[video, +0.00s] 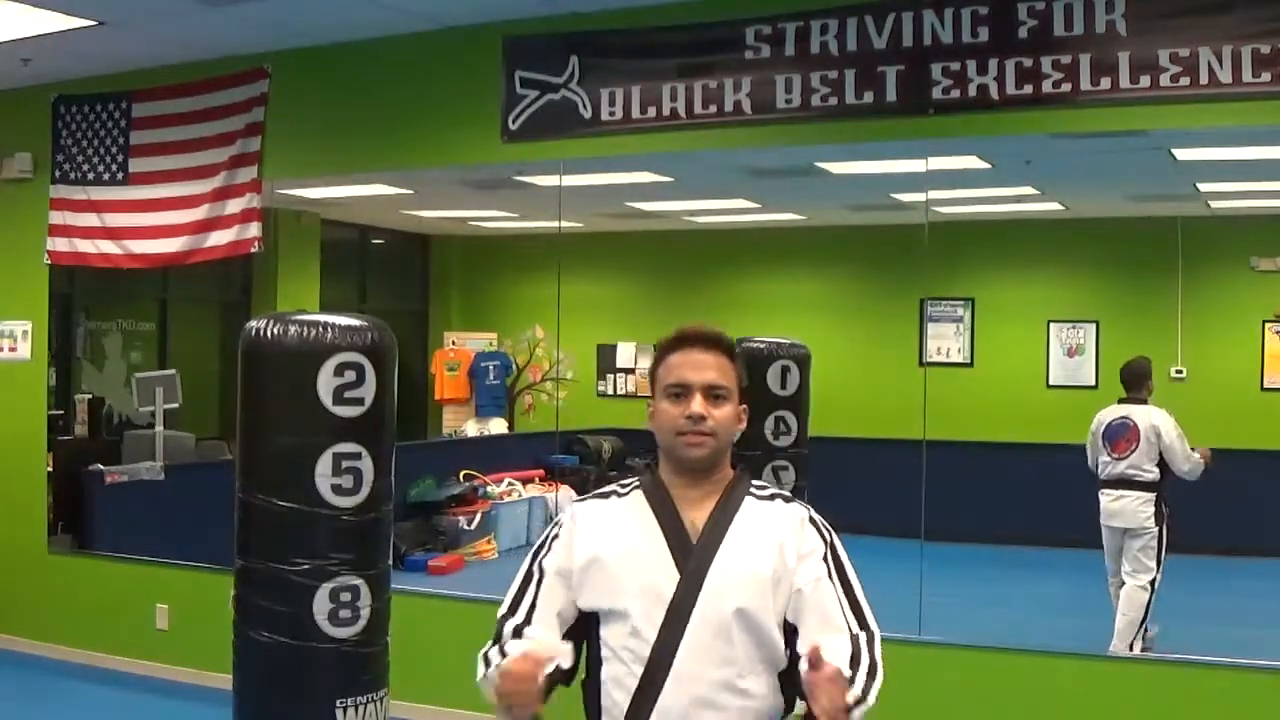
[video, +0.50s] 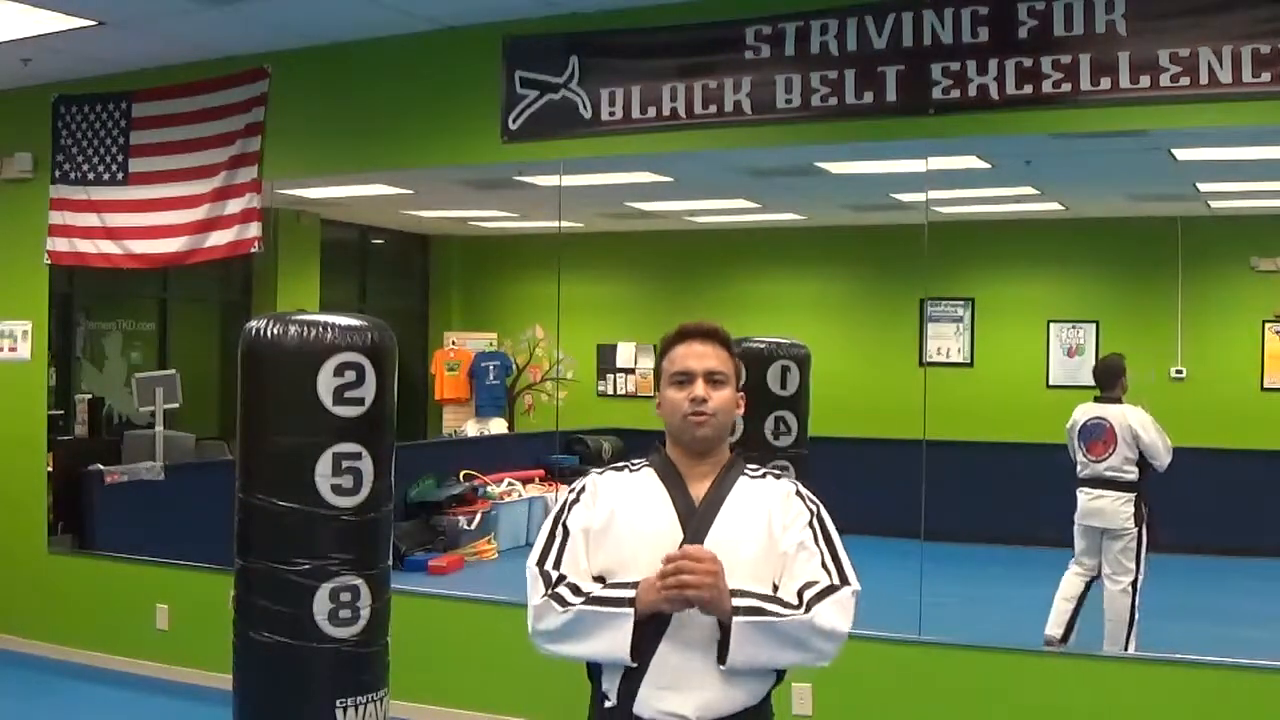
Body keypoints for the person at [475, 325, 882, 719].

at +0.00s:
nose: (696, 410)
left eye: (715, 396)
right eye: (678, 395)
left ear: (740, 417)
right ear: (651, 412)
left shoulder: (793, 528)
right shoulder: (586, 524)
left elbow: (848, 643)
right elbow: (514, 641)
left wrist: (833, 694)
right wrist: (513, 680)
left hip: (749, 711)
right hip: (626, 712)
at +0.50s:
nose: (699, 394)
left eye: (715, 381)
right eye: (681, 381)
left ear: (739, 403)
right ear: (659, 402)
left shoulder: (787, 503)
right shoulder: (595, 494)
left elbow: (826, 626)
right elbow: (548, 612)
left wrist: (730, 603)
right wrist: (642, 597)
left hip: (741, 709)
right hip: (624, 708)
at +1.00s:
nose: (600, 406)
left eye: (614, 389)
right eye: (584, 395)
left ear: (645, 394)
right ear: (570, 406)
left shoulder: (706, 474)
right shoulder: (545, 499)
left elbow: (750, 588)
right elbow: (517, 619)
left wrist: (647, 574)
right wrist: (595, 581)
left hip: (690, 702)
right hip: (590, 704)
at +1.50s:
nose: (640, 392)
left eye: (655, 379)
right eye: (625, 381)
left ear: (679, 394)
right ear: (609, 396)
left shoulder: (730, 474)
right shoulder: (569, 485)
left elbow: (764, 581)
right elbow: (535, 592)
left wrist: (669, 573)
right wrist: (611, 572)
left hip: (702, 698)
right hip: (604, 697)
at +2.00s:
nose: (736, 400)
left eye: (745, 387)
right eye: (719, 386)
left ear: (753, 392)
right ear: (682, 394)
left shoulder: (784, 476)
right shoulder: (628, 471)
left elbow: (814, 582)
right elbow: (594, 576)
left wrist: (739, 563)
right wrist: (685, 560)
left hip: (744, 692)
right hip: (649, 691)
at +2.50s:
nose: (707, 404)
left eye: (717, 388)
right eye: (690, 394)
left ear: (738, 392)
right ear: (671, 407)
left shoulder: (787, 474)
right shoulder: (627, 473)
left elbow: (819, 581)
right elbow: (596, 577)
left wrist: (745, 556)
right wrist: (686, 555)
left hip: (750, 694)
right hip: (655, 692)